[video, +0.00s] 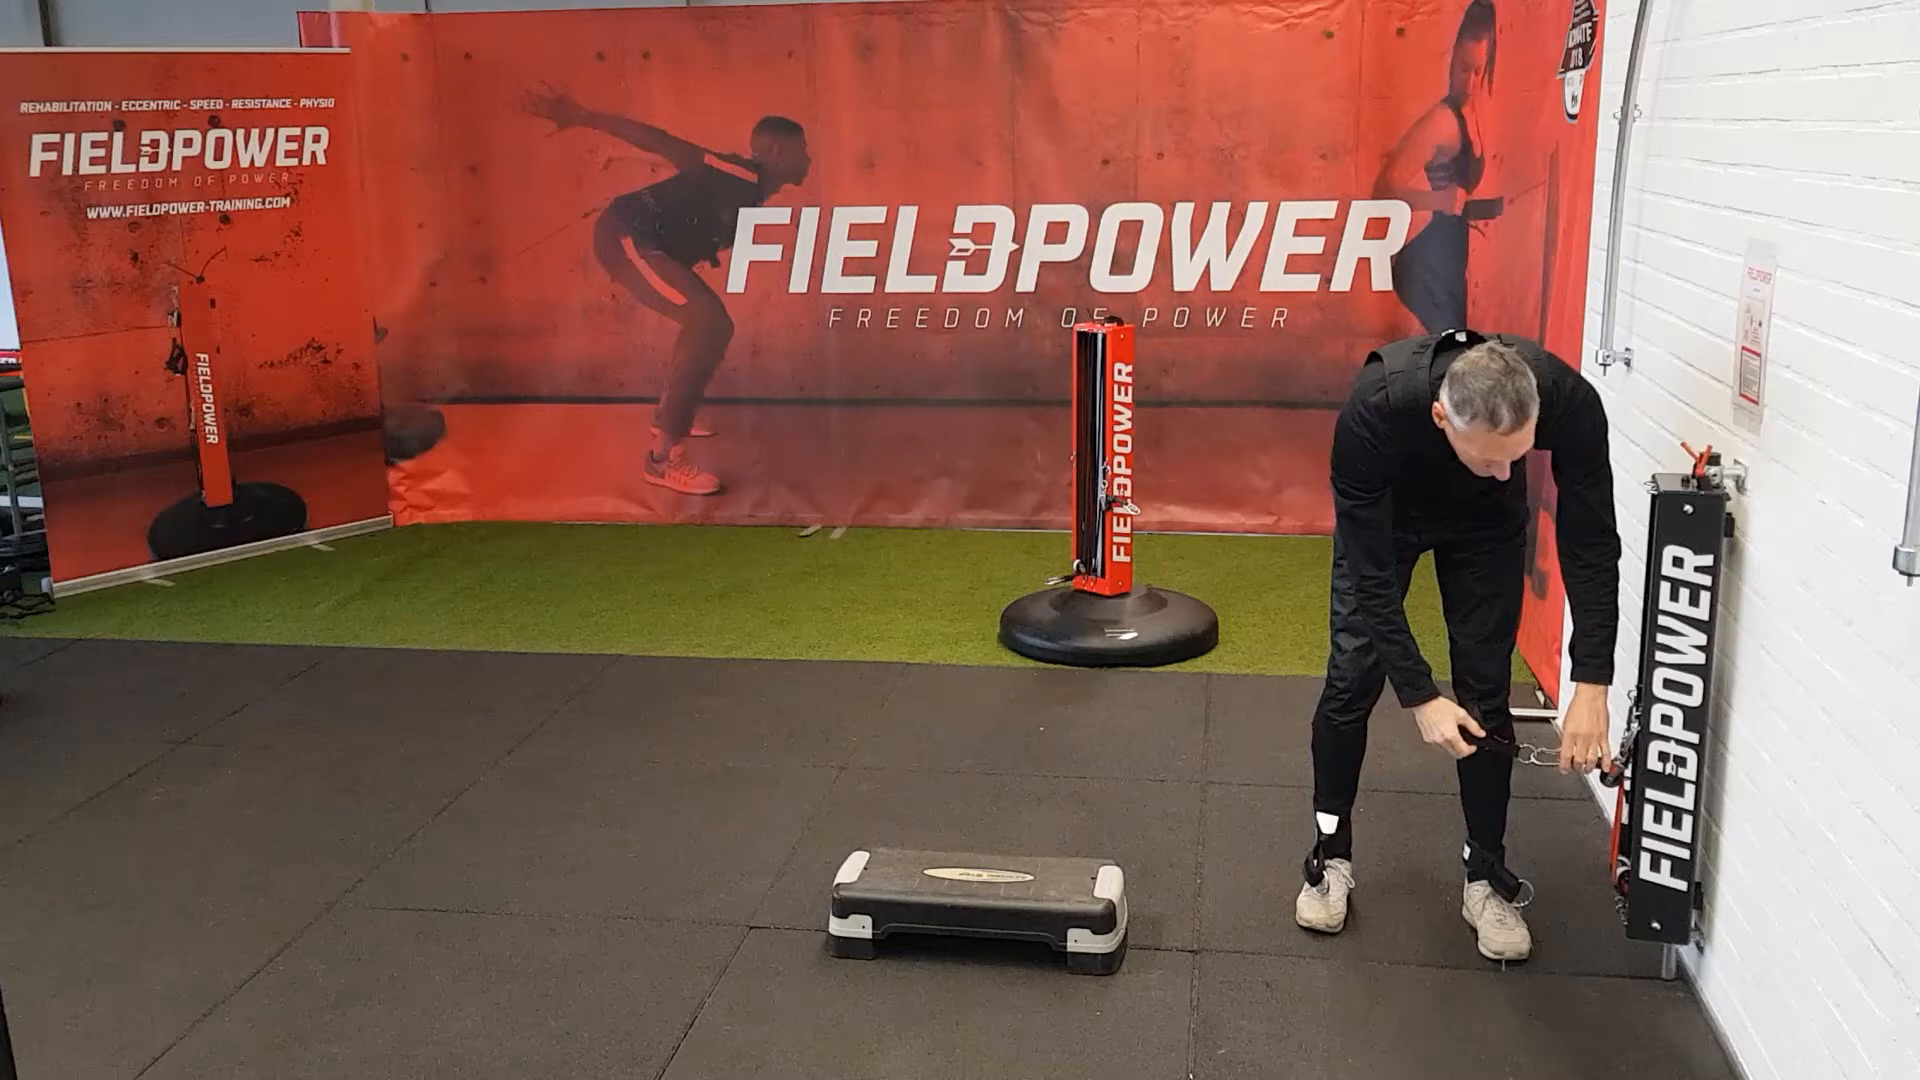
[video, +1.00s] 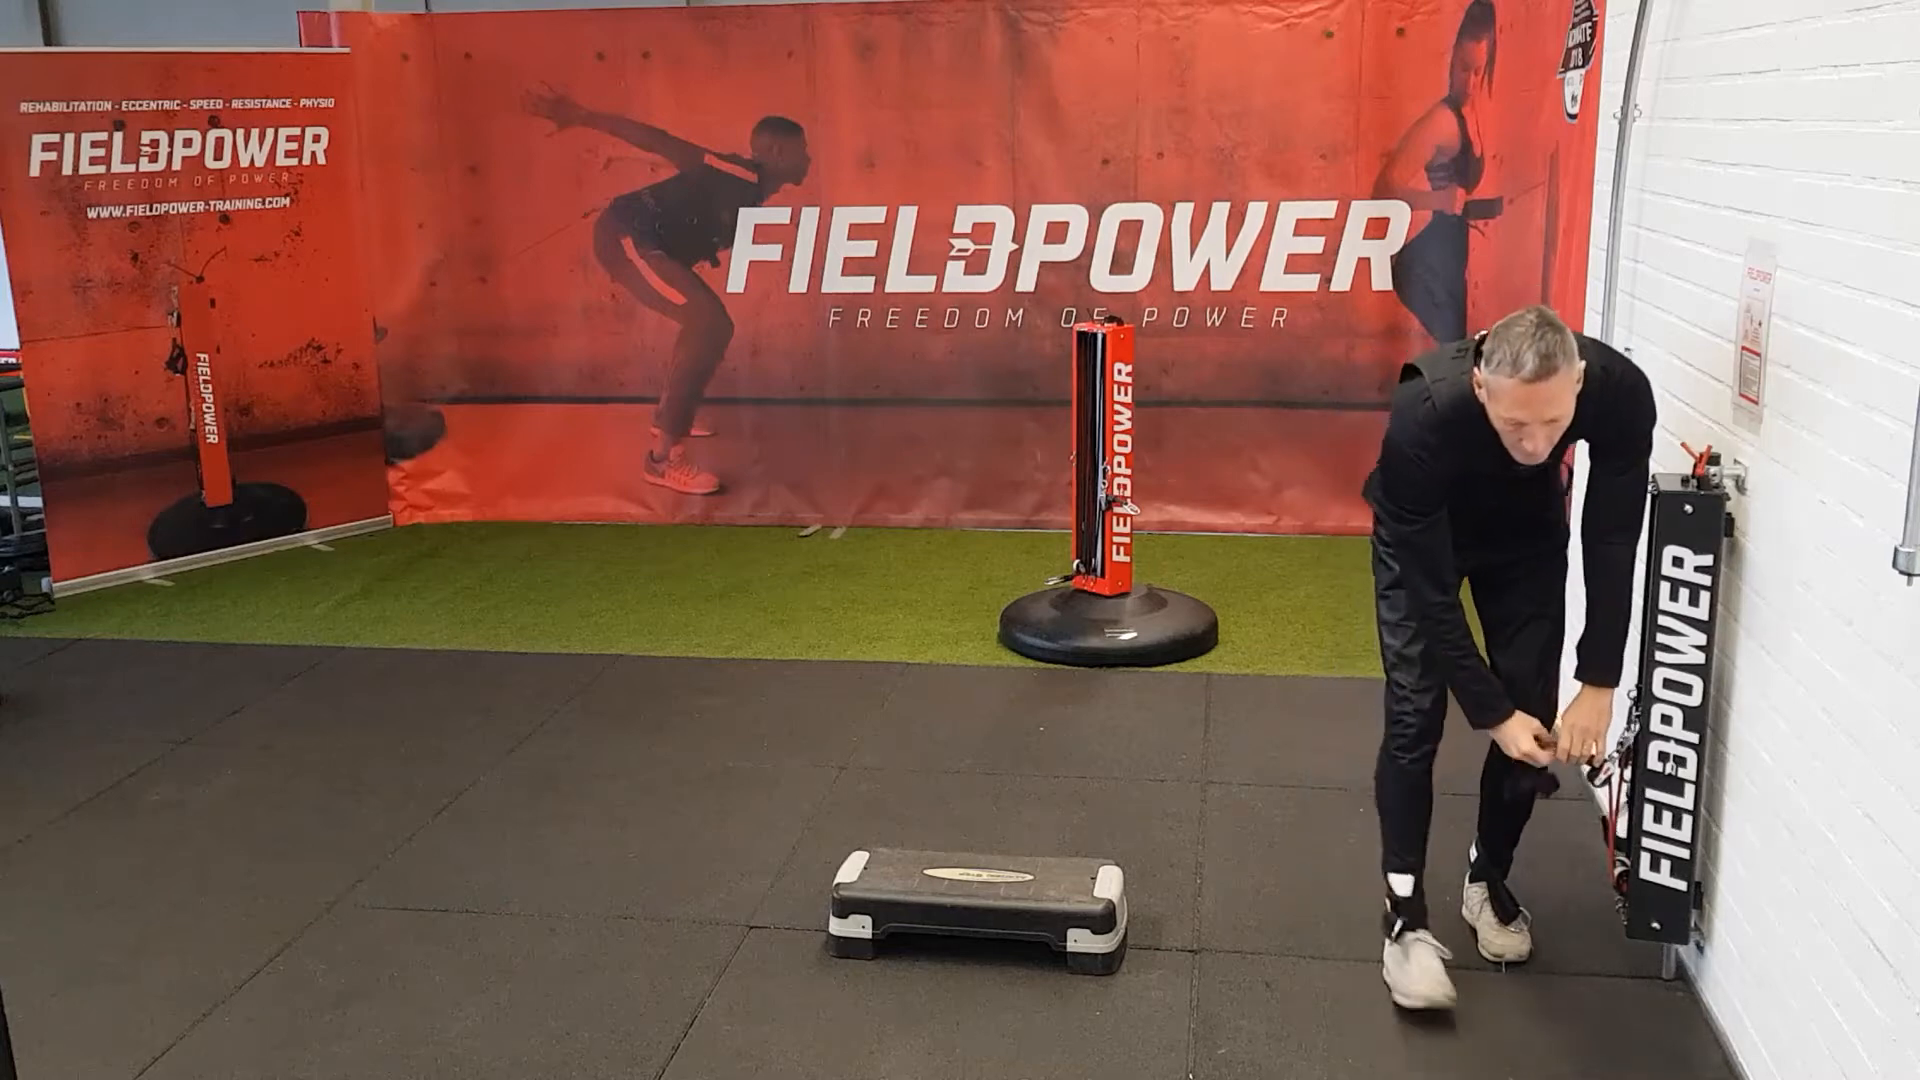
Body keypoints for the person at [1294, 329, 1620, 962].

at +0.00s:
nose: (1504, 469)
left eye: (1516, 454)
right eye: (1488, 458)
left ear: (1535, 410)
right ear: (1443, 417)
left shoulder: (1569, 407)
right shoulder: (1373, 418)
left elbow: (1592, 549)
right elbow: (1371, 578)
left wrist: (1592, 686)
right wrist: (1421, 696)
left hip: (1486, 518)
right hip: (1388, 521)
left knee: (1486, 694)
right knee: (1350, 684)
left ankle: (1485, 877)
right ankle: (1329, 859)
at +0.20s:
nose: (1491, 464)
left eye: (1504, 449)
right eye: (1473, 452)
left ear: (1522, 406)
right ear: (1433, 411)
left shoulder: (1570, 404)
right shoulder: (1377, 425)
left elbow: (1592, 546)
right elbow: (1379, 586)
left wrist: (1589, 685)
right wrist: (1435, 705)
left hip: (1495, 521)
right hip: (1394, 522)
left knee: (1493, 695)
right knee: (1354, 683)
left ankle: (1487, 878)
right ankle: (1330, 859)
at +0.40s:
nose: (1491, 459)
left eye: (1506, 441)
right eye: (1473, 444)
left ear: (1527, 401)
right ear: (1437, 407)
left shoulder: (1580, 399)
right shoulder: (1389, 432)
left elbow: (1593, 540)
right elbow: (1412, 590)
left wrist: (1588, 682)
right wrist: (1486, 710)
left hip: (1511, 524)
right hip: (1405, 527)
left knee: (1504, 699)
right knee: (1362, 687)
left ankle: (1487, 879)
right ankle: (1330, 859)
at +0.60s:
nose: (1513, 431)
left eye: (1530, 412)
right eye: (1494, 414)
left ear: (1554, 373)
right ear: (1463, 381)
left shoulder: (1602, 386)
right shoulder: (1411, 415)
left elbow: (1602, 534)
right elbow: (1423, 579)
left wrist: (1591, 676)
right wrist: (1493, 703)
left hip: (1524, 523)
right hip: (1417, 523)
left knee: (1522, 707)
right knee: (1375, 690)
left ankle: (1487, 881)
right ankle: (1335, 854)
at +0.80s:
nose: (1528, 417)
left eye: (1546, 398)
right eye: (1510, 399)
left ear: (1573, 362)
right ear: (1480, 366)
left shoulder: (1617, 383)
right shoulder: (1425, 404)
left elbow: (1607, 538)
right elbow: (1431, 573)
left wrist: (1590, 676)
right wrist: (1492, 700)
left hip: (1531, 535)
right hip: (1422, 531)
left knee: (1532, 715)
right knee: (1388, 691)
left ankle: (1489, 881)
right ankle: (1358, 868)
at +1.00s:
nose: (1535, 441)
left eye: (1552, 422)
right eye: (1517, 424)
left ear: (1576, 387)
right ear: (1481, 386)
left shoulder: (1617, 395)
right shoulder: (1426, 417)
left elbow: (1612, 542)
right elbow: (1431, 593)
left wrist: (1598, 685)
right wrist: (1498, 715)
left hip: (1524, 533)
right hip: (1423, 534)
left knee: (1530, 717)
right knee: (1416, 717)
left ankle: (1487, 884)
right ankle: (1407, 921)